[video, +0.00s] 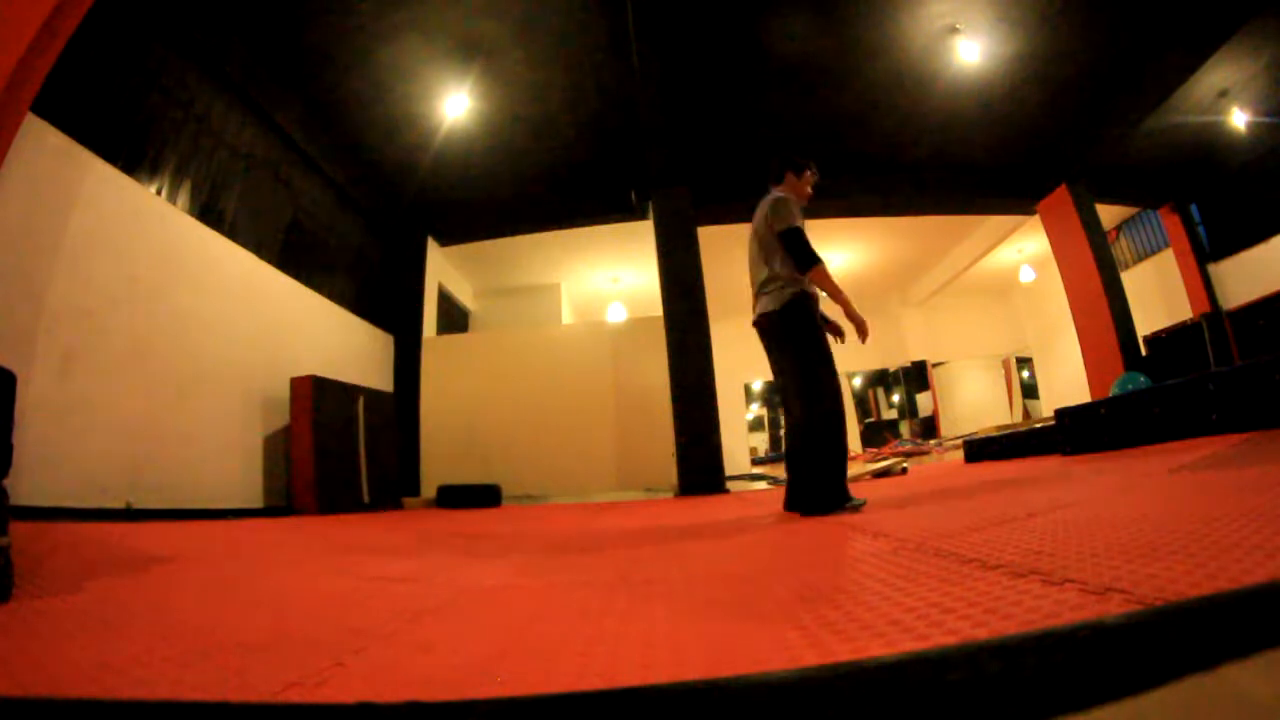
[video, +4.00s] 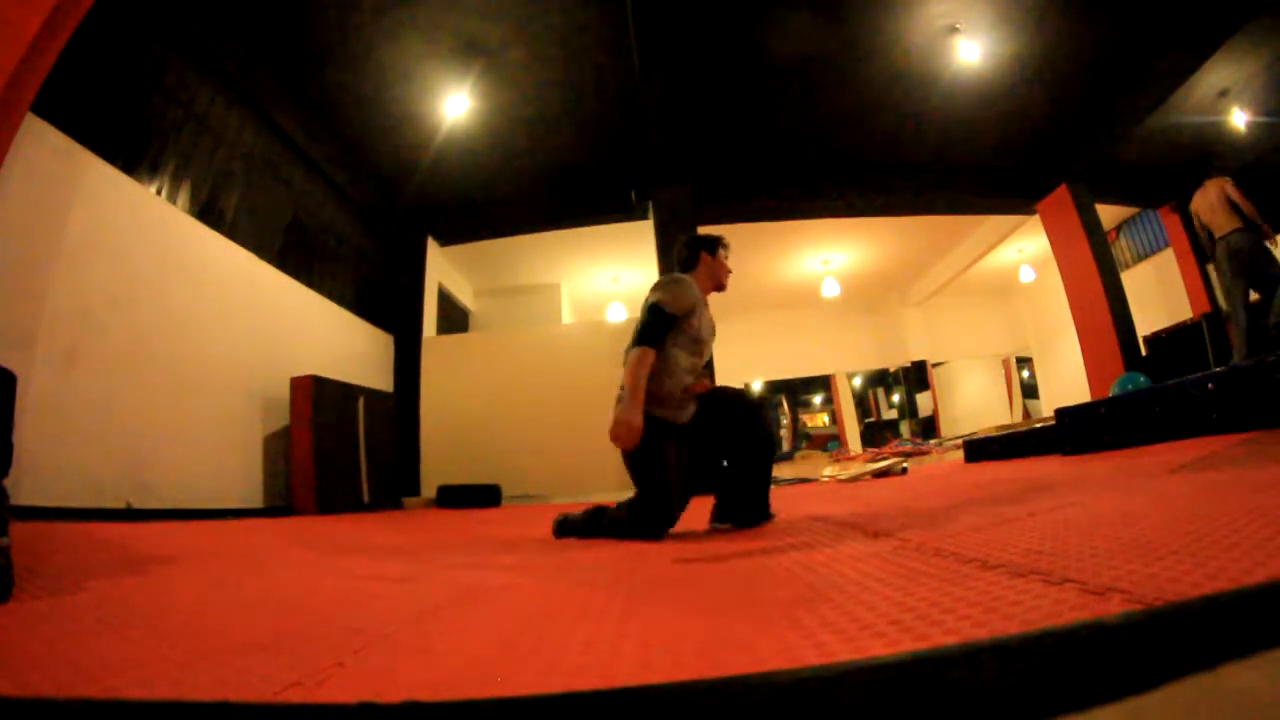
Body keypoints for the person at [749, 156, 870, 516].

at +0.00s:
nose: (811, 188)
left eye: (812, 181)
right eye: (808, 179)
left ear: (784, 178)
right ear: (790, 175)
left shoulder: (769, 209)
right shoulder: (781, 204)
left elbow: (786, 279)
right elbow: (807, 263)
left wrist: (821, 318)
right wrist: (850, 310)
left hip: (776, 315)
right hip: (790, 312)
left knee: (801, 404)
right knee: (823, 400)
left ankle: (803, 493)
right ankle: (826, 493)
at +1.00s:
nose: (663, 367)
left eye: (668, 369)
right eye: (670, 367)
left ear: (674, 345)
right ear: (674, 347)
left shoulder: (679, 306)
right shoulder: (664, 315)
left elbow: (655, 268)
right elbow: (631, 369)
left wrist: (625, 249)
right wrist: (639, 432)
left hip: (751, 231)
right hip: (744, 232)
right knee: (821, 201)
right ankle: (838, 291)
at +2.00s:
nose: (761, 467)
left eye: (769, 463)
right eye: (763, 461)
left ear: (742, 433)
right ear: (745, 440)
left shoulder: (725, 430)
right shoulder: (707, 439)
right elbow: (732, 528)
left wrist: (740, 488)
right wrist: (789, 517)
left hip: (622, 451)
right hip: (598, 455)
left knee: (658, 514)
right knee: (660, 528)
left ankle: (587, 509)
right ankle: (579, 519)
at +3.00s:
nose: (766, 456)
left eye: (775, 453)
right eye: (766, 442)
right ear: (742, 423)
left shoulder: (724, 440)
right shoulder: (710, 436)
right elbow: (736, 528)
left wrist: (750, 504)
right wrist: (790, 518)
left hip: (610, 450)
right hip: (590, 449)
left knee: (660, 515)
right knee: (658, 527)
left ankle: (582, 508)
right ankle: (577, 516)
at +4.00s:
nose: (730, 267)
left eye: (729, 259)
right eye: (725, 258)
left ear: (705, 261)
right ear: (705, 259)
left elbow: (697, 377)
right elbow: (643, 346)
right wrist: (631, 407)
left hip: (686, 420)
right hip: (652, 423)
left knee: (747, 414)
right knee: (657, 517)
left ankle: (739, 510)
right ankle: (581, 524)